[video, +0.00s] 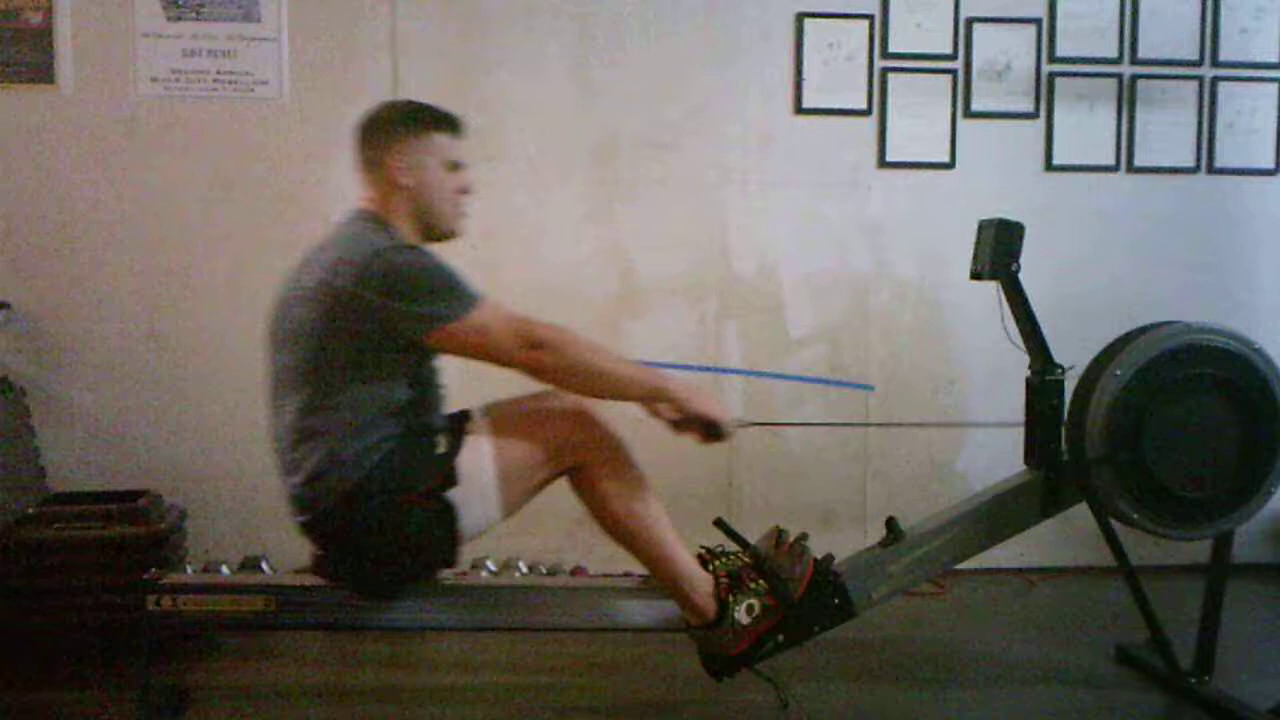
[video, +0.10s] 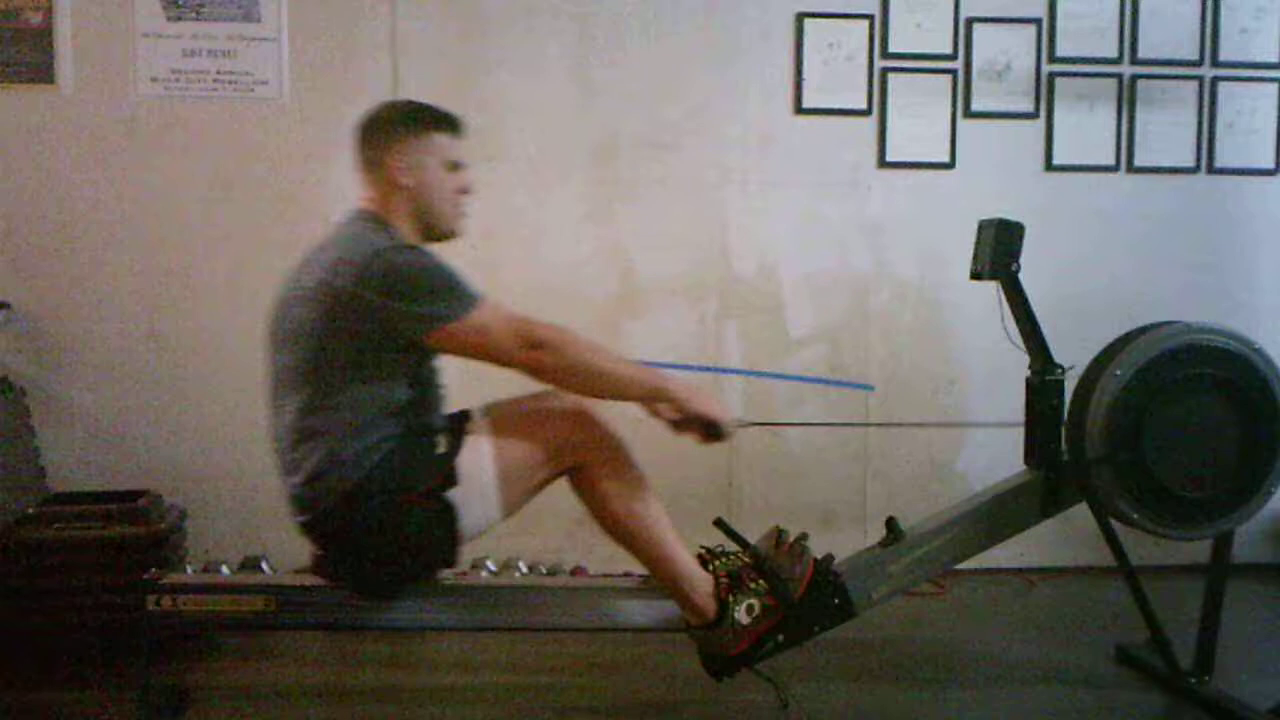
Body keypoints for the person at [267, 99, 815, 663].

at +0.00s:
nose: (467, 185)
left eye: (464, 168)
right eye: (451, 167)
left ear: (398, 173)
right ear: (398, 171)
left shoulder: (358, 256)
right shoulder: (378, 263)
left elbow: (526, 344)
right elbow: (531, 346)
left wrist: (657, 389)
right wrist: (664, 391)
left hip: (367, 501)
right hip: (377, 523)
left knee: (567, 413)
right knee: (578, 429)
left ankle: (702, 587)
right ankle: (713, 611)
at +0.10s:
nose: (467, 185)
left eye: (464, 168)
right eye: (451, 167)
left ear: (398, 173)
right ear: (398, 171)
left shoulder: (358, 256)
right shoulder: (378, 263)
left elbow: (526, 344)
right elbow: (531, 346)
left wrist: (657, 389)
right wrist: (664, 391)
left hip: (367, 501)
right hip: (377, 523)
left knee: (567, 413)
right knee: (578, 429)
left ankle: (702, 587)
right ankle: (713, 611)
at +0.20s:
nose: (484, 188)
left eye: (480, 171)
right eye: (467, 169)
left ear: (414, 176)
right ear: (414, 173)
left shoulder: (368, 258)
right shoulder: (395, 265)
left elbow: (538, 344)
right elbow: (545, 345)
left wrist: (670, 390)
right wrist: (680, 391)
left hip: (371, 508)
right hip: (389, 524)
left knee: (572, 409)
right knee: (586, 423)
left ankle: (703, 586)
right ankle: (713, 611)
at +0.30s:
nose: (527, 192)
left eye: (524, 174)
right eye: (512, 173)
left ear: (456, 180)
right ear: (462, 178)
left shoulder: (411, 257)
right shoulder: (439, 264)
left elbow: (587, 347)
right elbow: (596, 345)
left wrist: (704, 392)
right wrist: (734, 388)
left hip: (401, 515)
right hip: (423, 526)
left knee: (594, 396)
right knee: (611, 410)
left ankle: (702, 583)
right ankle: (714, 610)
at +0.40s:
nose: (573, 194)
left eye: (570, 178)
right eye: (560, 177)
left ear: (504, 184)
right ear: (510, 182)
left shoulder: (456, 261)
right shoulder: (491, 265)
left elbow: (630, 344)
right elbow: (646, 344)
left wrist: (748, 387)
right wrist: (784, 384)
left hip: (433, 522)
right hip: (460, 523)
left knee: (630, 385)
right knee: (639, 392)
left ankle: (704, 590)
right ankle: (710, 601)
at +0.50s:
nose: (620, 202)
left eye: (617, 184)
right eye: (608, 183)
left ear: (557, 188)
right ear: (558, 187)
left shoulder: (500, 261)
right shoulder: (541, 266)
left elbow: (670, 344)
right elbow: (691, 342)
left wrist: (793, 385)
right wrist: (832, 379)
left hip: (468, 521)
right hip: (499, 519)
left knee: (660, 377)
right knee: (674, 387)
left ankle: (706, 589)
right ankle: (711, 604)